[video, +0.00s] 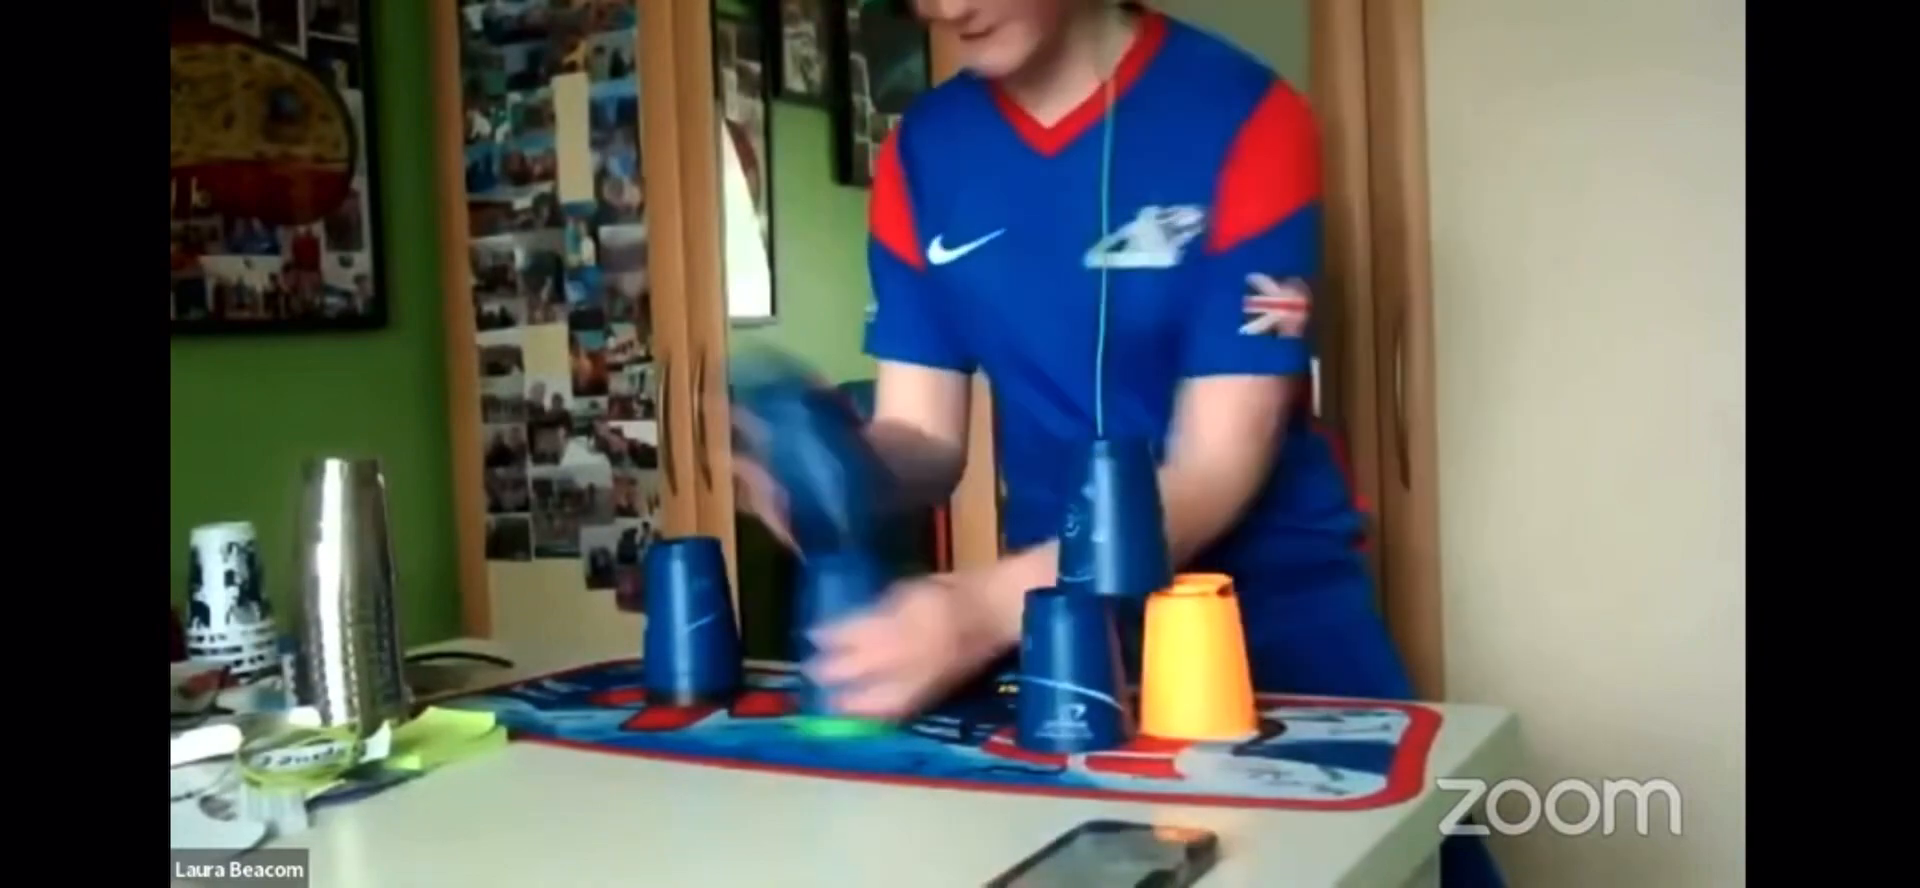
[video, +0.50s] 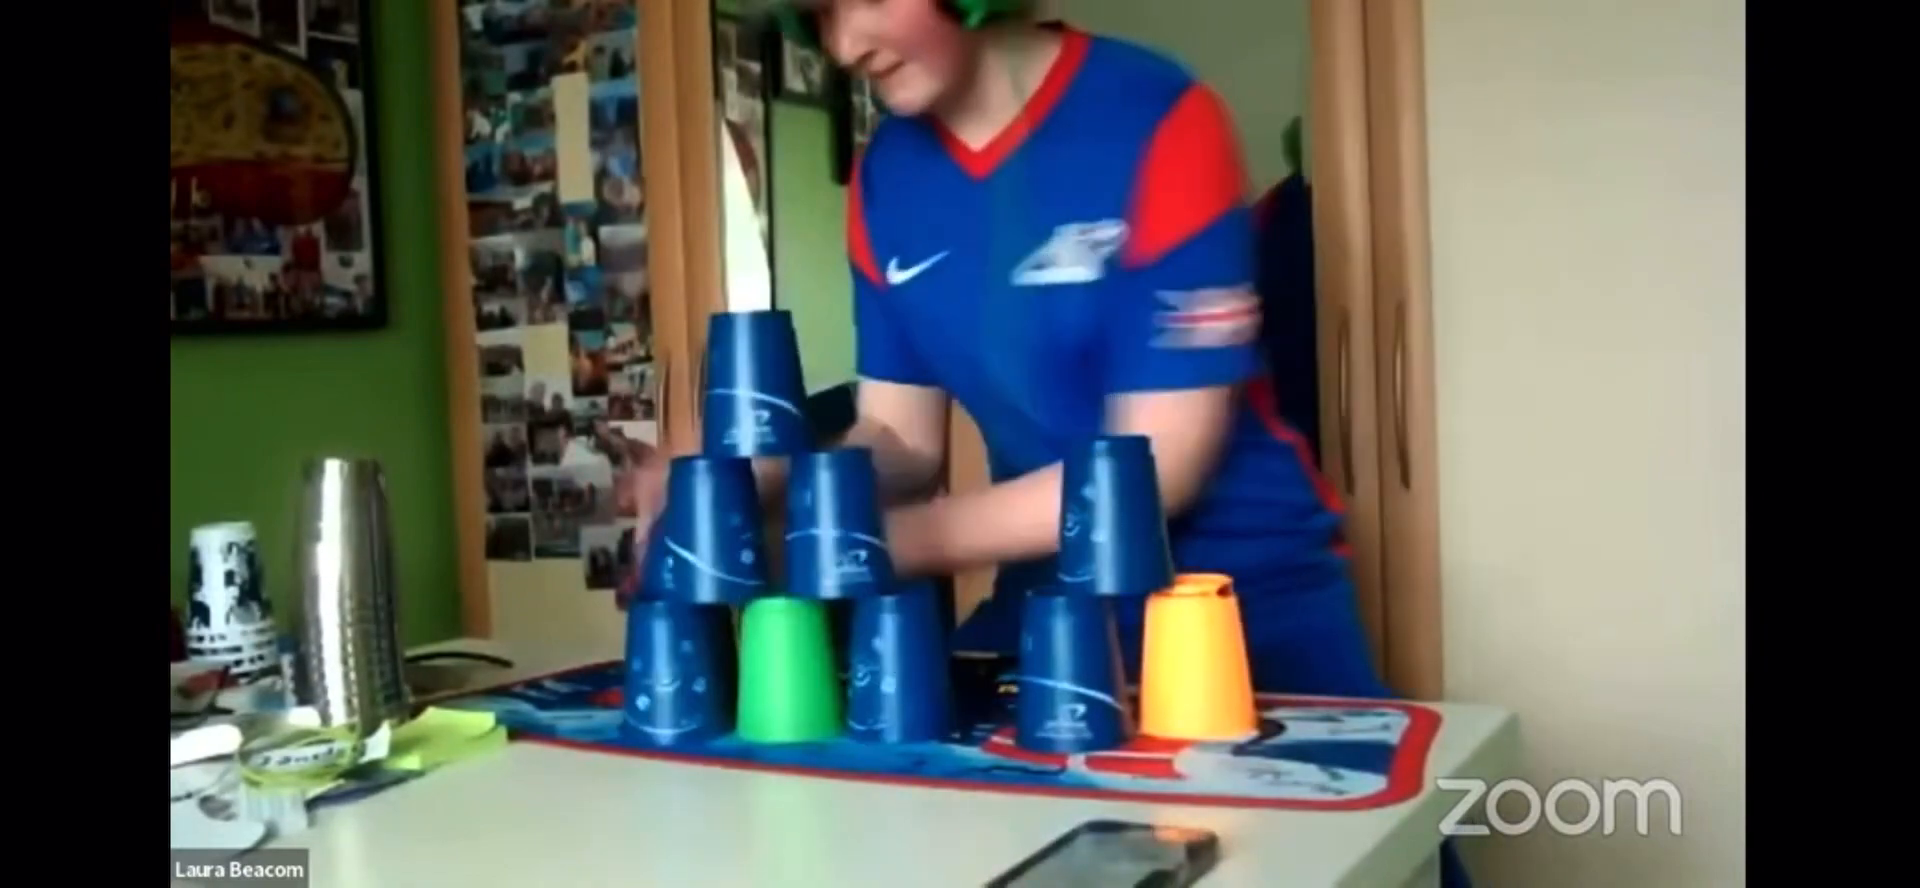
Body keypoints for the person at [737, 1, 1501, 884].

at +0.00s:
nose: (942, 5)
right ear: (911, 4)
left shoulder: (1243, 120)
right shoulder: (924, 150)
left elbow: (1220, 466)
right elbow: (921, 434)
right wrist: (827, 471)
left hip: (1280, 640)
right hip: (1063, 650)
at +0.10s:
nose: (918, 10)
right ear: (884, 8)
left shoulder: (1224, 119)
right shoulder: (912, 158)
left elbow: (1206, 465)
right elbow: (910, 450)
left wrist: (976, 558)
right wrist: (830, 539)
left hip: (1271, 624)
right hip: (1054, 635)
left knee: (1377, 861)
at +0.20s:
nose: (903, 17)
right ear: (863, 13)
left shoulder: (1206, 114)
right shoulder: (902, 157)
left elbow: (1201, 455)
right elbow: (906, 448)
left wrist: (1015, 571)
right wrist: (746, 496)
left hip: (1272, 621)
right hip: (1066, 640)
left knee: (1366, 869)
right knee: (1092, 874)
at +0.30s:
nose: (891, 23)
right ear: (852, 13)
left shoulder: (1201, 111)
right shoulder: (897, 162)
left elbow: (1208, 452)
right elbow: (881, 440)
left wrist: (998, 502)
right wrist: (721, 438)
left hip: (1266, 621)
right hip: (1053, 637)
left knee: (1373, 868)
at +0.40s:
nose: (884, 30)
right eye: (856, 5)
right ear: (844, 20)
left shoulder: (1193, 113)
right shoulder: (897, 163)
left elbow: (1206, 451)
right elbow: (868, 425)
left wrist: (987, 505)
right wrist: (735, 432)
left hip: (1261, 614)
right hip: (1049, 627)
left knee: (1367, 863)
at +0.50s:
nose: (848, 40)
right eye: (824, 17)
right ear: (816, 33)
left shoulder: (1160, 122)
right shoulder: (886, 180)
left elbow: (1161, 464)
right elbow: (902, 448)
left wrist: (855, 544)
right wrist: (733, 485)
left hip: (1251, 607)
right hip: (1061, 618)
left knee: (1331, 867)